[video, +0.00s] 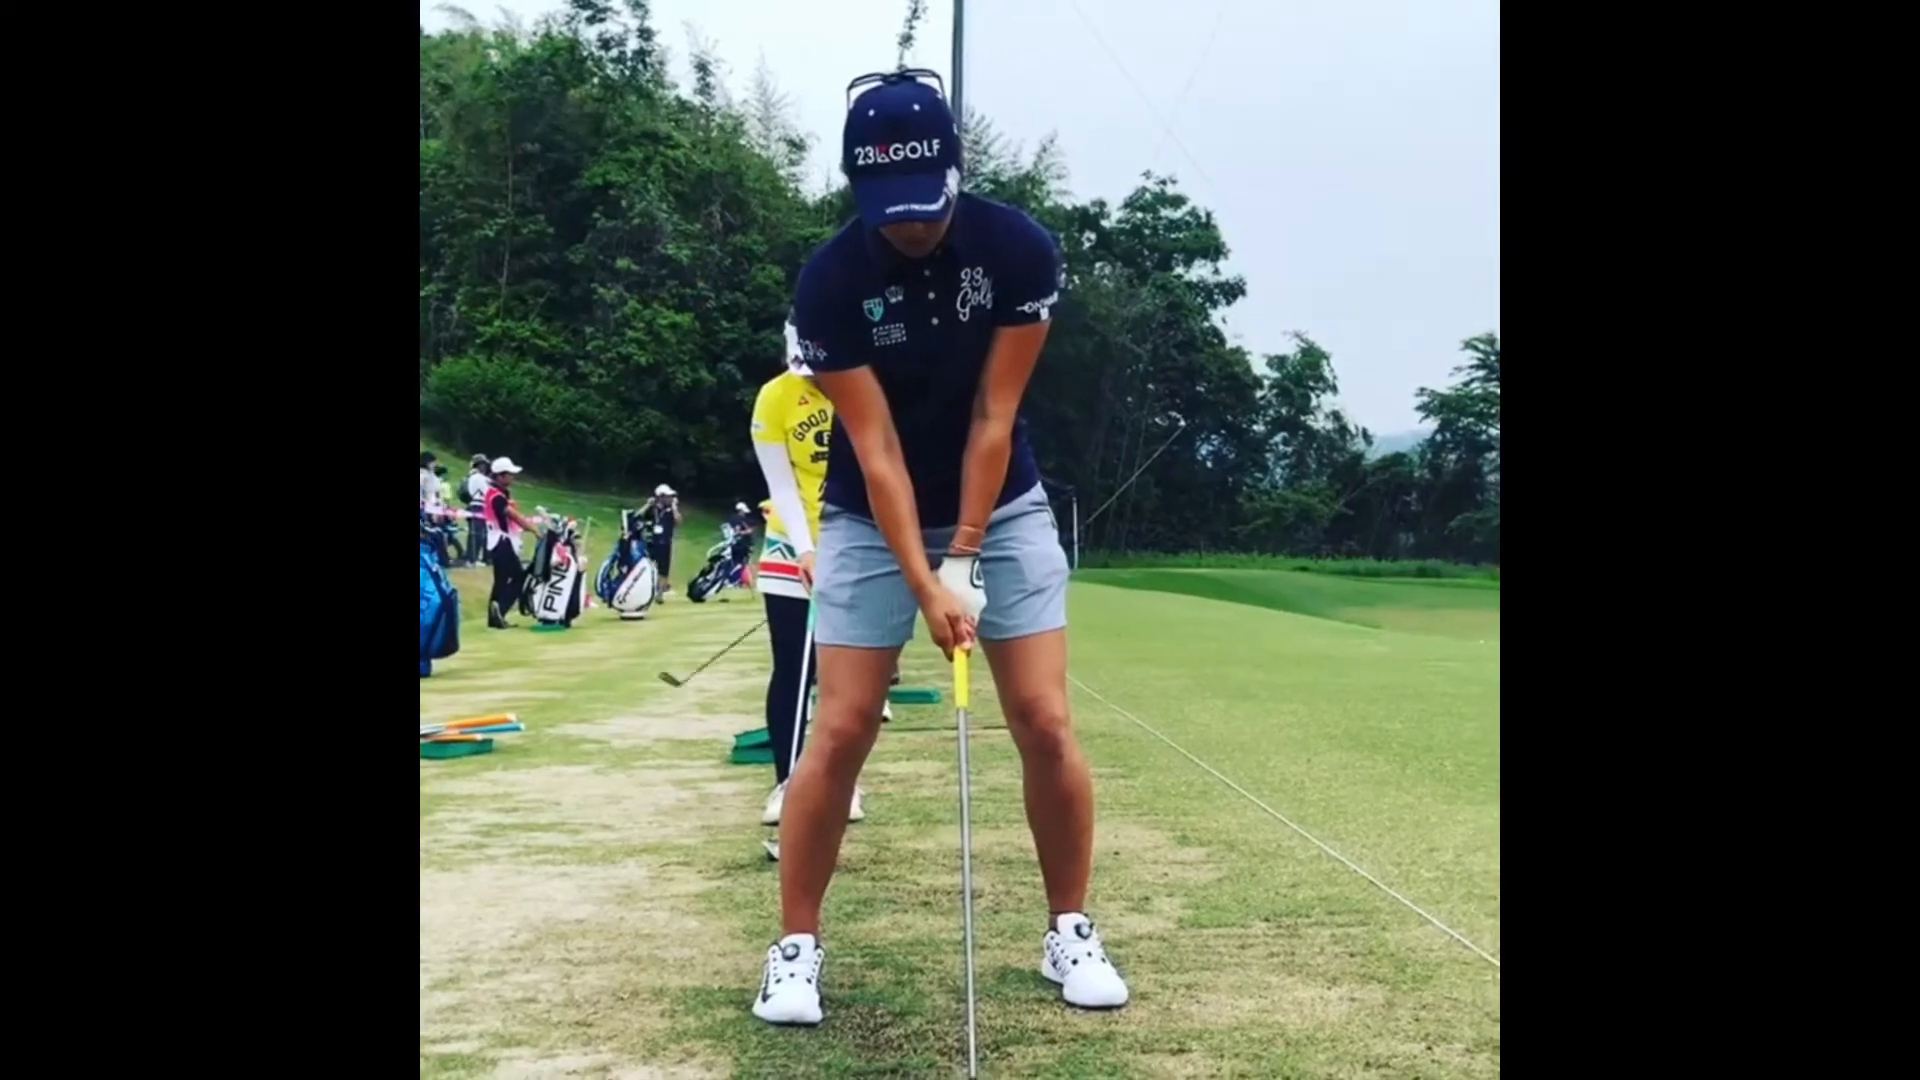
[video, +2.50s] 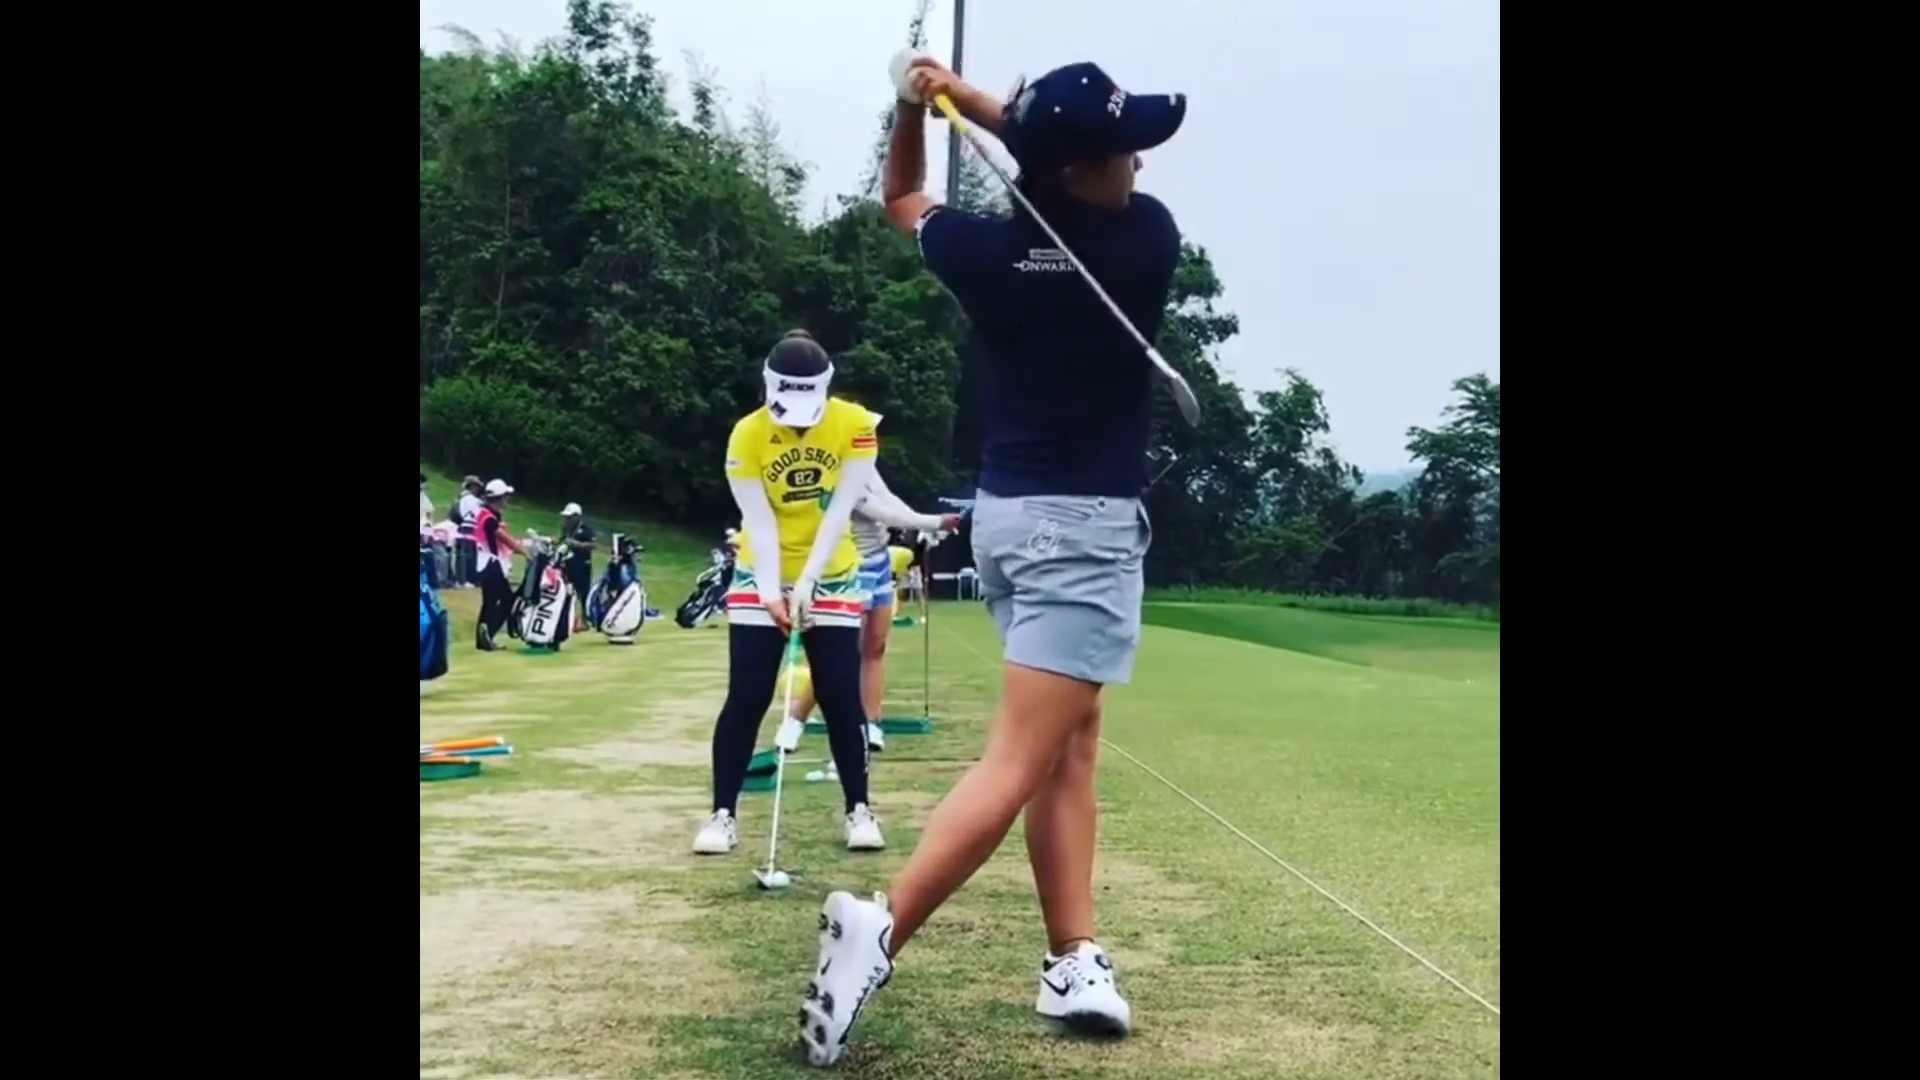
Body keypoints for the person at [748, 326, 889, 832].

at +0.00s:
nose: (810, 353)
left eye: (820, 344)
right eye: (802, 343)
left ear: (839, 343)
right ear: (791, 344)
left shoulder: (862, 396)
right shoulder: (777, 395)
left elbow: (868, 479)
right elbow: (781, 484)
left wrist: (859, 547)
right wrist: (804, 546)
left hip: (849, 555)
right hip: (789, 556)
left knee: (855, 684)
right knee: (793, 674)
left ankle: (847, 776)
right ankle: (789, 781)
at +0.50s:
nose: (824, 361)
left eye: (832, 350)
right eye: (816, 351)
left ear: (849, 346)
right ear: (804, 350)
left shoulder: (872, 394)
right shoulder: (787, 399)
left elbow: (883, 479)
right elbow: (792, 485)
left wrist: (872, 547)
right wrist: (816, 548)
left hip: (861, 557)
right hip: (801, 558)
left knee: (867, 683)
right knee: (805, 674)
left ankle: (858, 780)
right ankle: (800, 781)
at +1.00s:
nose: (848, 354)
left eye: (856, 344)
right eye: (839, 343)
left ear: (878, 344)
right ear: (829, 346)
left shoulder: (891, 399)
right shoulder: (805, 402)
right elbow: (806, 490)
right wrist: (827, 554)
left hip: (870, 568)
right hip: (811, 570)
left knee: (874, 692)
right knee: (815, 682)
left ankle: (864, 786)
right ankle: (810, 790)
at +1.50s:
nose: (836, 385)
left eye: (845, 377)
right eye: (825, 377)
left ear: (861, 372)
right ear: (808, 372)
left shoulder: (880, 402)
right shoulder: (786, 415)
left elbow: (893, 486)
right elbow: (794, 503)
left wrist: (859, 563)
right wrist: (810, 570)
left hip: (867, 555)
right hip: (800, 558)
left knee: (874, 692)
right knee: (789, 684)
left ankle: (876, 794)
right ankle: (768, 799)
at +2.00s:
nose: (830, 405)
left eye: (841, 394)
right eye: (820, 393)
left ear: (860, 376)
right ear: (805, 376)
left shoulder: (891, 416)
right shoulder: (785, 428)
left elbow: (885, 503)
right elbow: (792, 514)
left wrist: (845, 568)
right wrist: (803, 579)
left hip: (870, 570)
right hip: (798, 568)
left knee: (872, 698)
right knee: (780, 690)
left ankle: (886, 810)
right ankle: (754, 807)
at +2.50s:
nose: (794, 414)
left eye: (805, 403)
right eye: (785, 402)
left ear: (825, 388)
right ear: (769, 387)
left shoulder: (856, 424)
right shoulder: (747, 437)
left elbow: (843, 506)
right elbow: (759, 523)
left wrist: (807, 578)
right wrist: (769, 587)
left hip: (833, 575)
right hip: (758, 574)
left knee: (840, 696)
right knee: (747, 695)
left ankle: (859, 810)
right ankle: (722, 814)